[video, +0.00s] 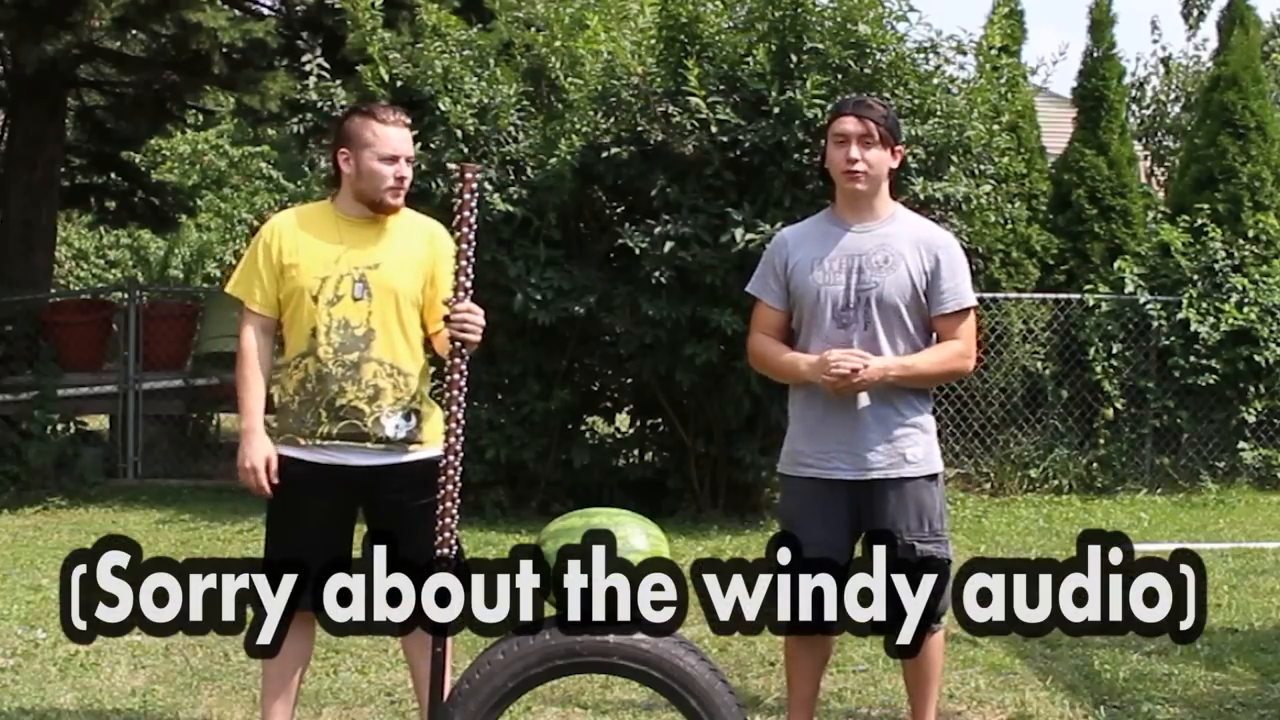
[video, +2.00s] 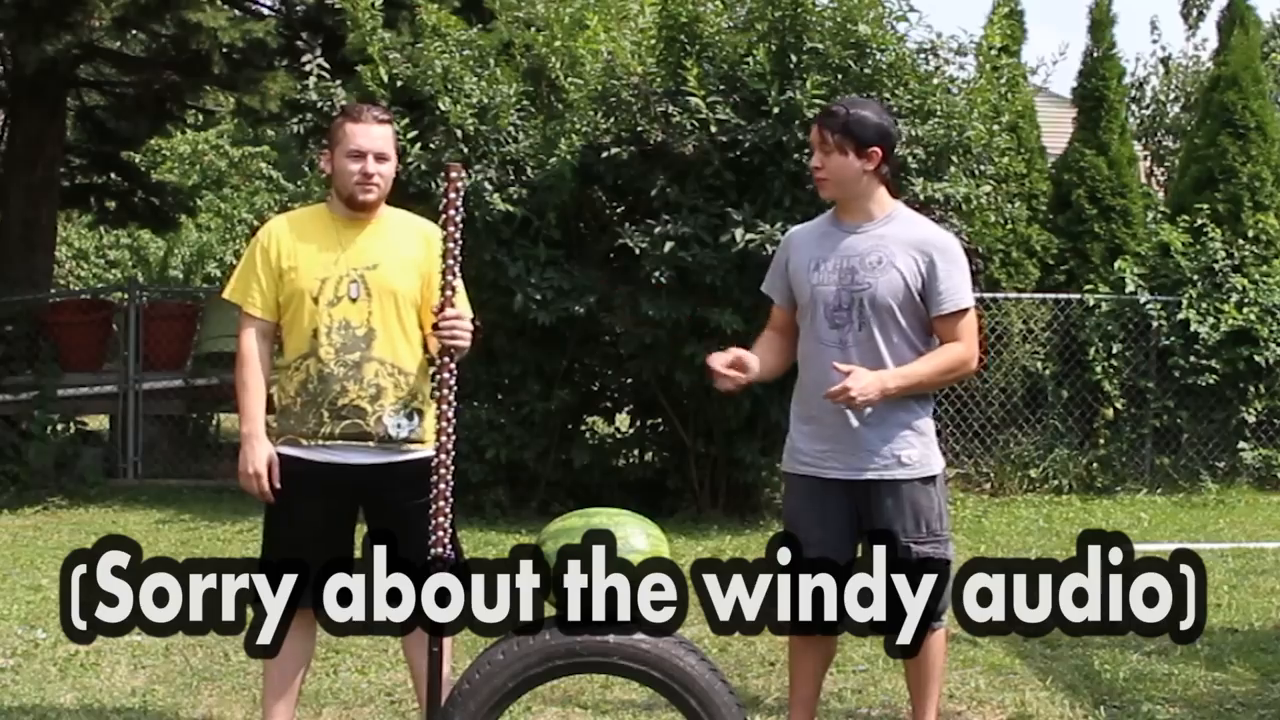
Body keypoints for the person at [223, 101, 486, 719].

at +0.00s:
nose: (403, 171)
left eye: (408, 160)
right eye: (388, 160)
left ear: (413, 163)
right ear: (344, 162)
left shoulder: (430, 239)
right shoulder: (285, 233)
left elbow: (442, 336)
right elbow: (257, 333)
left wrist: (467, 333)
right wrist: (252, 429)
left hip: (410, 460)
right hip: (309, 457)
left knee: (426, 604)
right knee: (294, 602)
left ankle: (439, 715)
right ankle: (275, 716)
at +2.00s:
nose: (369, 168)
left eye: (381, 157)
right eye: (356, 155)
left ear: (396, 166)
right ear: (328, 161)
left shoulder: (424, 239)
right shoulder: (282, 237)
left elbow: (446, 330)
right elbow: (254, 337)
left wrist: (457, 334)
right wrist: (253, 434)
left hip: (406, 458)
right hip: (307, 456)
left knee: (426, 603)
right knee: (293, 601)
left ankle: (438, 714)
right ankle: (277, 715)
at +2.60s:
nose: (368, 159)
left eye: (378, 150)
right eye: (354, 147)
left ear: (389, 162)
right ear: (320, 156)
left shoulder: (415, 237)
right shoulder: (273, 234)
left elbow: (443, 347)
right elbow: (236, 330)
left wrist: (428, 304)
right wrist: (294, 365)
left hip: (398, 456)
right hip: (300, 455)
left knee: (428, 602)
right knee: (285, 603)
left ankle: (432, 718)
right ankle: (275, 716)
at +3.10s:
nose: (368, 165)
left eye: (377, 154)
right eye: (353, 153)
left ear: (387, 163)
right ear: (319, 161)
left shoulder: (413, 239)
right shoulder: (278, 233)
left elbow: (440, 321)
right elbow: (267, 322)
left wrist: (458, 360)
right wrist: (351, 303)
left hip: (406, 451)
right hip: (307, 452)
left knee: (429, 599)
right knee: (291, 600)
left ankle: (436, 715)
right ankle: (275, 715)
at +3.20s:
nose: (373, 172)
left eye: (382, 160)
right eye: (359, 159)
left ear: (391, 166)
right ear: (325, 162)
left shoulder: (413, 242)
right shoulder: (281, 230)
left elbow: (440, 331)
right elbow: (270, 299)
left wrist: (464, 396)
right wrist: (357, 258)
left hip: (404, 452)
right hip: (306, 453)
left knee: (428, 599)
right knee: (291, 601)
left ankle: (438, 716)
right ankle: (275, 716)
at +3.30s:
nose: (381, 164)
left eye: (387, 153)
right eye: (367, 153)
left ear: (396, 161)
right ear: (330, 160)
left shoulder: (414, 245)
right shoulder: (285, 219)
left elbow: (438, 335)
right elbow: (274, 262)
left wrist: (459, 404)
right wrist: (353, 197)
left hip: (403, 449)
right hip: (306, 449)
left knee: (427, 596)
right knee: (292, 597)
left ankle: (438, 715)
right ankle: (275, 715)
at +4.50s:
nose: (398, 157)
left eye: (409, 148)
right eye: (385, 146)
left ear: (426, 163)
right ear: (357, 158)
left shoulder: (448, 240)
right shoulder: (314, 221)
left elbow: (462, 336)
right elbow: (317, 292)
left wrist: (445, 407)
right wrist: (384, 277)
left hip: (417, 453)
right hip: (320, 449)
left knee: (430, 599)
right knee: (292, 600)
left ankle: (438, 715)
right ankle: (271, 715)